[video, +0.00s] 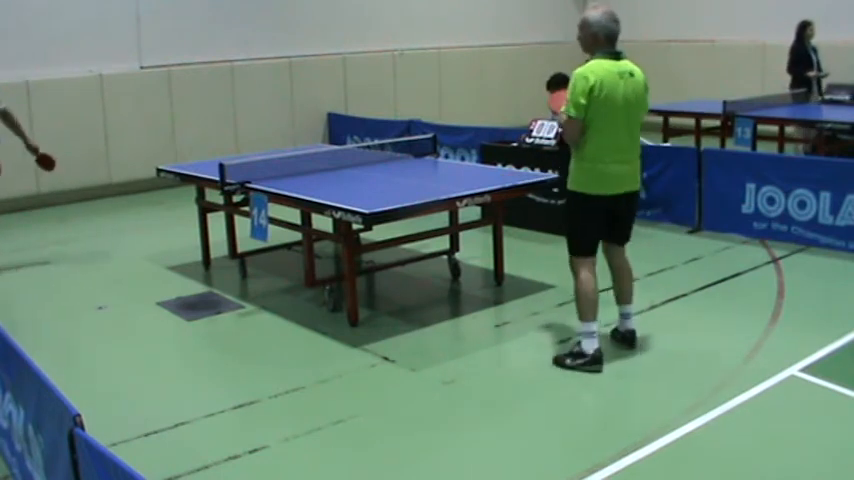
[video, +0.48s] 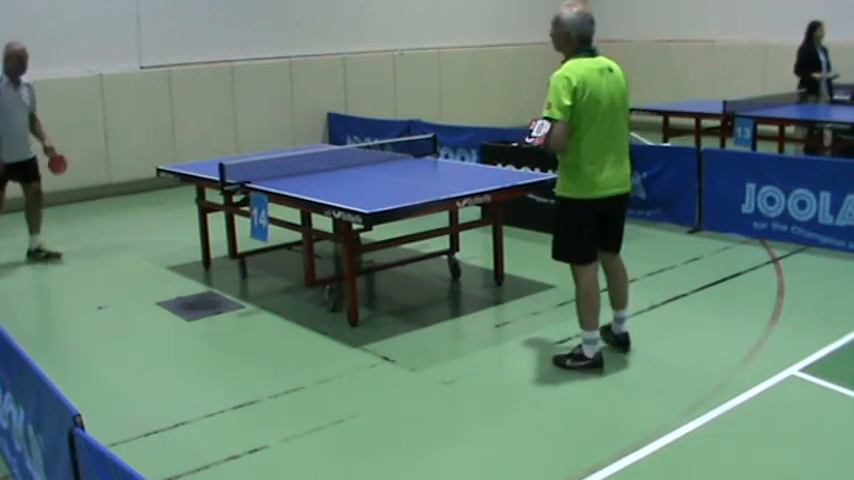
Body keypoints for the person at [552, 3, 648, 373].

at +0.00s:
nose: (578, 39)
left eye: (579, 34)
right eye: (579, 33)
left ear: (586, 38)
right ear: (615, 37)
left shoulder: (585, 76)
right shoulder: (637, 74)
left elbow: (573, 136)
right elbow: (637, 121)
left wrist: (562, 117)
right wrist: (596, 118)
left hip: (588, 186)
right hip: (627, 184)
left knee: (583, 263)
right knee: (617, 251)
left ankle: (589, 347)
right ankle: (627, 327)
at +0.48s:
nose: (550, 37)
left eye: (553, 32)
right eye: (552, 31)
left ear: (565, 37)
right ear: (588, 36)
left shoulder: (565, 77)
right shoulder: (615, 70)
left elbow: (557, 141)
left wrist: (542, 132)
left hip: (580, 191)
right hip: (617, 186)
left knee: (583, 267)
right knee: (611, 254)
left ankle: (590, 348)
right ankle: (620, 328)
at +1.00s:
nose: (561, 36)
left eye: (563, 31)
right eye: (562, 30)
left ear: (572, 35)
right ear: (599, 35)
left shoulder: (571, 75)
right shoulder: (622, 72)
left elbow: (568, 132)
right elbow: (631, 130)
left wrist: (552, 155)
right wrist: (598, 145)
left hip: (580, 190)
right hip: (617, 187)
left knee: (583, 267)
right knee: (608, 257)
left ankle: (589, 349)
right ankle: (622, 339)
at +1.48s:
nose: (587, 38)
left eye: (587, 33)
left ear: (589, 35)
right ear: (619, 34)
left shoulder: (585, 73)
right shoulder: (641, 73)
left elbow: (572, 134)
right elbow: (651, 128)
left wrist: (567, 141)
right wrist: (617, 122)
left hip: (591, 186)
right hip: (632, 184)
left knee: (584, 261)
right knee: (621, 253)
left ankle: (589, 347)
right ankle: (624, 339)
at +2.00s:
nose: (600, 38)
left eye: (600, 33)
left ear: (603, 35)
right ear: (634, 36)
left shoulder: (595, 71)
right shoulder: (653, 75)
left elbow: (579, 128)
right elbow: (663, 131)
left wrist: (580, 141)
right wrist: (630, 126)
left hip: (596, 183)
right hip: (638, 184)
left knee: (576, 252)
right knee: (626, 251)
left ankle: (586, 335)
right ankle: (624, 338)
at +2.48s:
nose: (595, 40)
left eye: (595, 35)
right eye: (601, 35)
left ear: (598, 35)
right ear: (628, 34)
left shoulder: (593, 73)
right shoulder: (649, 71)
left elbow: (577, 133)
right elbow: (650, 118)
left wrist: (575, 141)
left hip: (592, 184)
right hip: (634, 184)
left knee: (578, 257)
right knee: (623, 252)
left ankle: (587, 342)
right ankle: (625, 339)